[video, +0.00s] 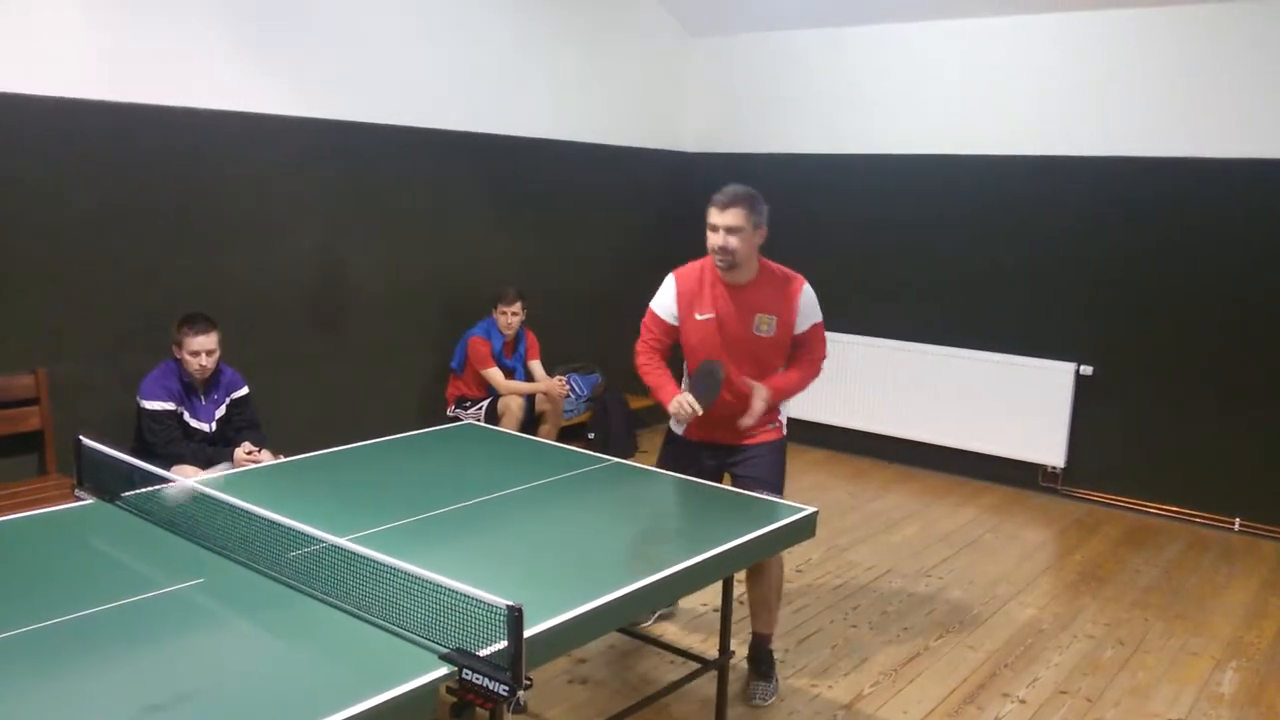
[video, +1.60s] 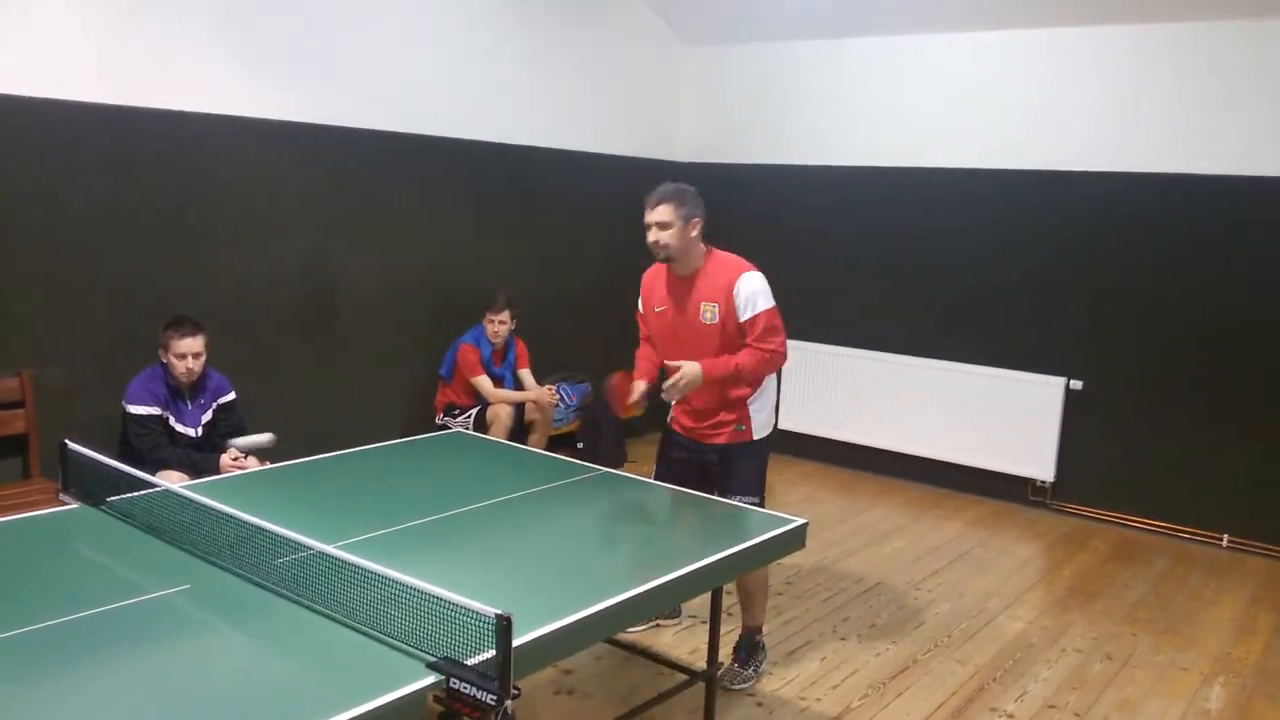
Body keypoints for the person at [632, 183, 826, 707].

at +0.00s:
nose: (720, 241)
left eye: (733, 231)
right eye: (713, 230)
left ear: (760, 234)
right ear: (706, 230)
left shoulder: (793, 292)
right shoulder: (682, 284)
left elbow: (811, 359)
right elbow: (648, 349)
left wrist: (771, 389)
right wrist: (670, 394)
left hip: (757, 438)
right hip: (690, 434)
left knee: (764, 539)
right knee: (666, 523)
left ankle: (762, 654)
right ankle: (662, 590)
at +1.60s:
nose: (652, 237)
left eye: (661, 227)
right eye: (648, 228)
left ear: (694, 226)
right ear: (649, 229)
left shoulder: (740, 277)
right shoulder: (653, 280)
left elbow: (772, 351)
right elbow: (650, 344)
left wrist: (705, 371)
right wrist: (642, 380)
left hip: (740, 431)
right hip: (684, 426)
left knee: (744, 533)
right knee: (665, 516)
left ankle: (751, 641)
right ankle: (666, 599)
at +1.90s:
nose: (623, 248)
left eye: (628, 237)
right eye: (621, 238)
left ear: (661, 232)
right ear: (649, 237)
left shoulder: (723, 271)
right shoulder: (650, 294)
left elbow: (771, 326)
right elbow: (637, 360)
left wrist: (704, 354)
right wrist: (579, 394)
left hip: (743, 429)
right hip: (689, 425)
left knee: (741, 535)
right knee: (657, 513)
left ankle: (755, 640)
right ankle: (670, 600)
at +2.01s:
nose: (620, 236)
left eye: (627, 226)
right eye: (619, 227)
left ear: (659, 222)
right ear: (645, 226)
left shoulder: (724, 261)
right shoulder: (634, 285)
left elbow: (771, 321)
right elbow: (599, 338)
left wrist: (711, 339)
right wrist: (536, 360)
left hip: (742, 420)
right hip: (682, 418)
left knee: (747, 530)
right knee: (662, 512)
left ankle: (755, 638)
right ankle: (674, 594)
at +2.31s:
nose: (649, 217)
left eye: (659, 207)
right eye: (644, 209)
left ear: (688, 209)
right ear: (641, 215)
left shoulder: (733, 262)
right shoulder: (632, 269)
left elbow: (761, 326)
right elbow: (605, 341)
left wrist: (731, 339)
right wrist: (586, 329)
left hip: (723, 422)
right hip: (660, 421)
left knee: (739, 526)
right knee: (647, 515)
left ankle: (749, 634)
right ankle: (670, 595)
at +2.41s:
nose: (668, 210)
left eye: (678, 200)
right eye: (661, 202)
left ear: (703, 204)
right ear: (654, 208)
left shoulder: (741, 259)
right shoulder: (641, 268)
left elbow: (765, 324)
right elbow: (632, 335)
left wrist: (737, 344)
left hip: (722, 419)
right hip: (658, 422)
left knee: (741, 521)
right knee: (648, 514)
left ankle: (751, 626)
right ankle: (667, 596)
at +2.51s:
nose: (681, 204)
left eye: (692, 195)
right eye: (675, 196)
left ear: (716, 201)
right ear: (667, 202)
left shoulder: (750, 259)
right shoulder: (650, 264)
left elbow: (773, 326)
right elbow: (639, 335)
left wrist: (740, 354)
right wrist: (661, 385)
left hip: (726, 421)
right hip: (664, 420)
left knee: (741, 522)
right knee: (655, 512)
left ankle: (751, 623)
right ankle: (668, 594)